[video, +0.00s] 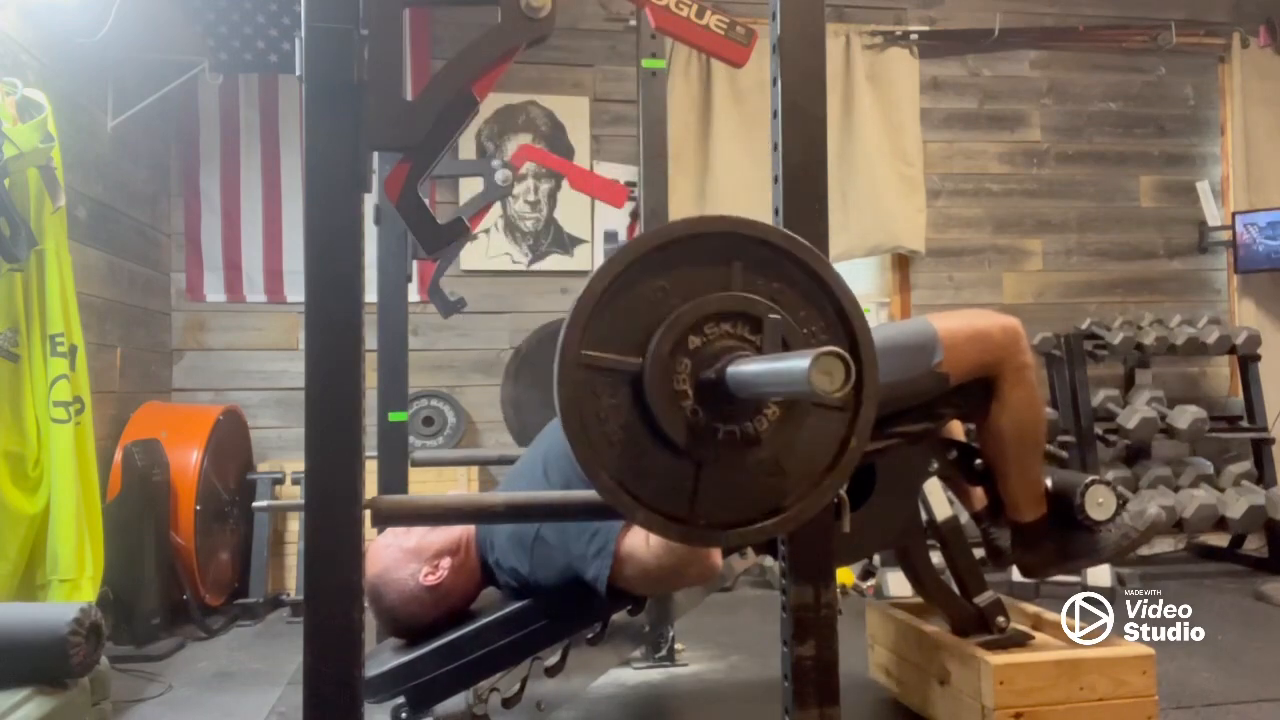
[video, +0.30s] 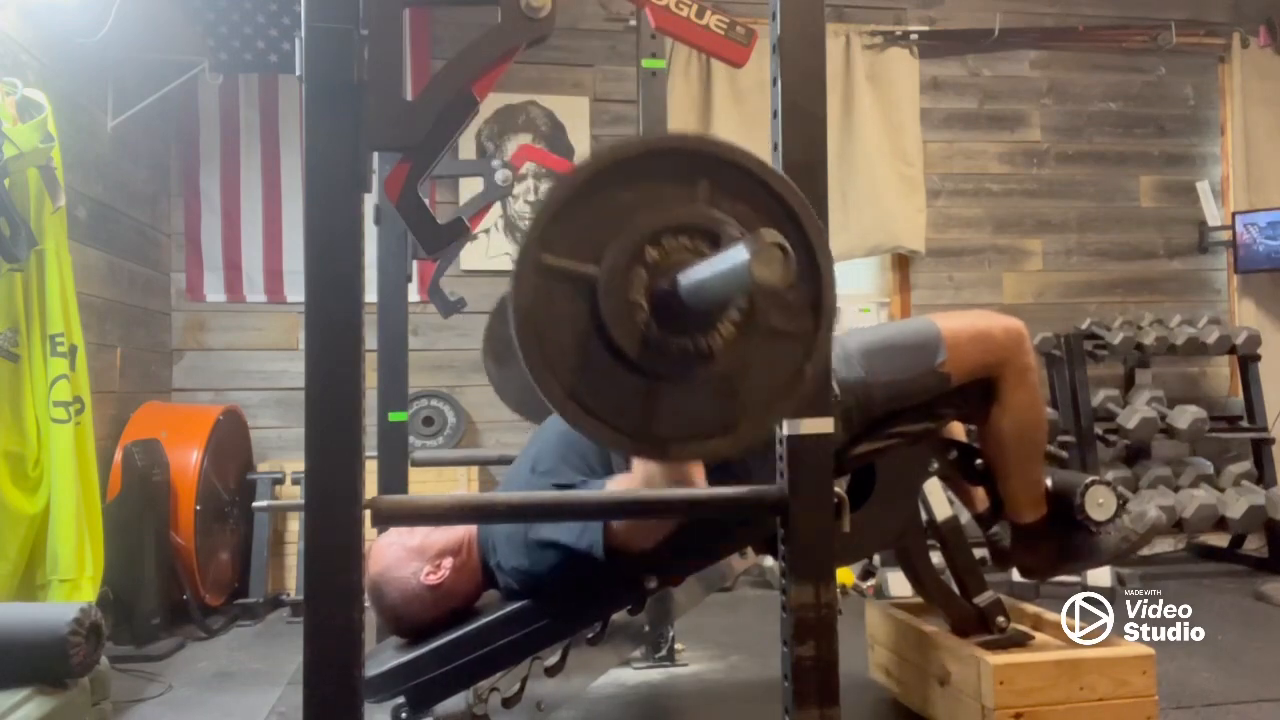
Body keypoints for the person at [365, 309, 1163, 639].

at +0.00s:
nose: (418, 528)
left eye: (399, 534)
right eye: (416, 548)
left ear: (427, 551)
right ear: (447, 574)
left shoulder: (496, 496)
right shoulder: (535, 540)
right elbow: (697, 565)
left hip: (716, 391)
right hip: (755, 434)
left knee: (906, 318)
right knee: (999, 339)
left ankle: (980, 475)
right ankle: (1031, 524)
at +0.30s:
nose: (421, 530)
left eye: (404, 535)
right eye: (419, 548)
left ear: (428, 543)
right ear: (448, 576)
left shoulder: (500, 497)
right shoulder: (527, 546)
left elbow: (605, 420)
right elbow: (659, 499)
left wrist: (657, 321)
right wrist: (669, 365)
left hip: (735, 375)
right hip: (757, 428)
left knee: (953, 326)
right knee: (1004, 341)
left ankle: (986, 472)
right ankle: (1033, 527)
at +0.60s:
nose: (415, 530)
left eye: (398, 533)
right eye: (411, 548)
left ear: (427, 541)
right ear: (444, 578)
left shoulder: (505, 493)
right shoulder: (528, 559)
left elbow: (556, 379)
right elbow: (591, 399)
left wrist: (567, 213)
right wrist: (591, 228)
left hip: (748, 373)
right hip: (772, 423)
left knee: (957, 329)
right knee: (1004, 341)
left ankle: (980, 477)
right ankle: (1031, 527)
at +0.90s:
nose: (415, 530)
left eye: (398, 533)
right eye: (411, 549)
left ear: (427, 545)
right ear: (443, 582)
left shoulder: (502, 493)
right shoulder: (526, 555)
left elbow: (565, 379)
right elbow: (607, 406)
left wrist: (562, 238)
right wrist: (596, 249)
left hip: (747, 374)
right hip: (775, 422)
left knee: (951, 323)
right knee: (1000, 336)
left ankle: (979, 469)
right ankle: (1029, 521)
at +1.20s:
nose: (417, 526)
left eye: (400, 532)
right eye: (416, 544)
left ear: (429, 548)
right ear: (448, 573)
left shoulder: (503, 491)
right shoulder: (527, 542)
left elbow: (587, 430)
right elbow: (657, 522)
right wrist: (667, 388)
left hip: (724, 391)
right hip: (755, 434)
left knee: (957, 329)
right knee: (1003, 340)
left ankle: (983, 475)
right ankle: (1032, 529)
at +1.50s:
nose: (417, 530)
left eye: (398, 535)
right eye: (417, 549)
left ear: (425, 550)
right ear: (447, 576)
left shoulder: (487, 504)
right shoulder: (526, 543)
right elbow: (667, 555)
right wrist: (720, 543)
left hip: (709, 407)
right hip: (753, 441)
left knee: (929, 324)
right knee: (1003, 340)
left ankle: (980, 472)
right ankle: (1030, 524)